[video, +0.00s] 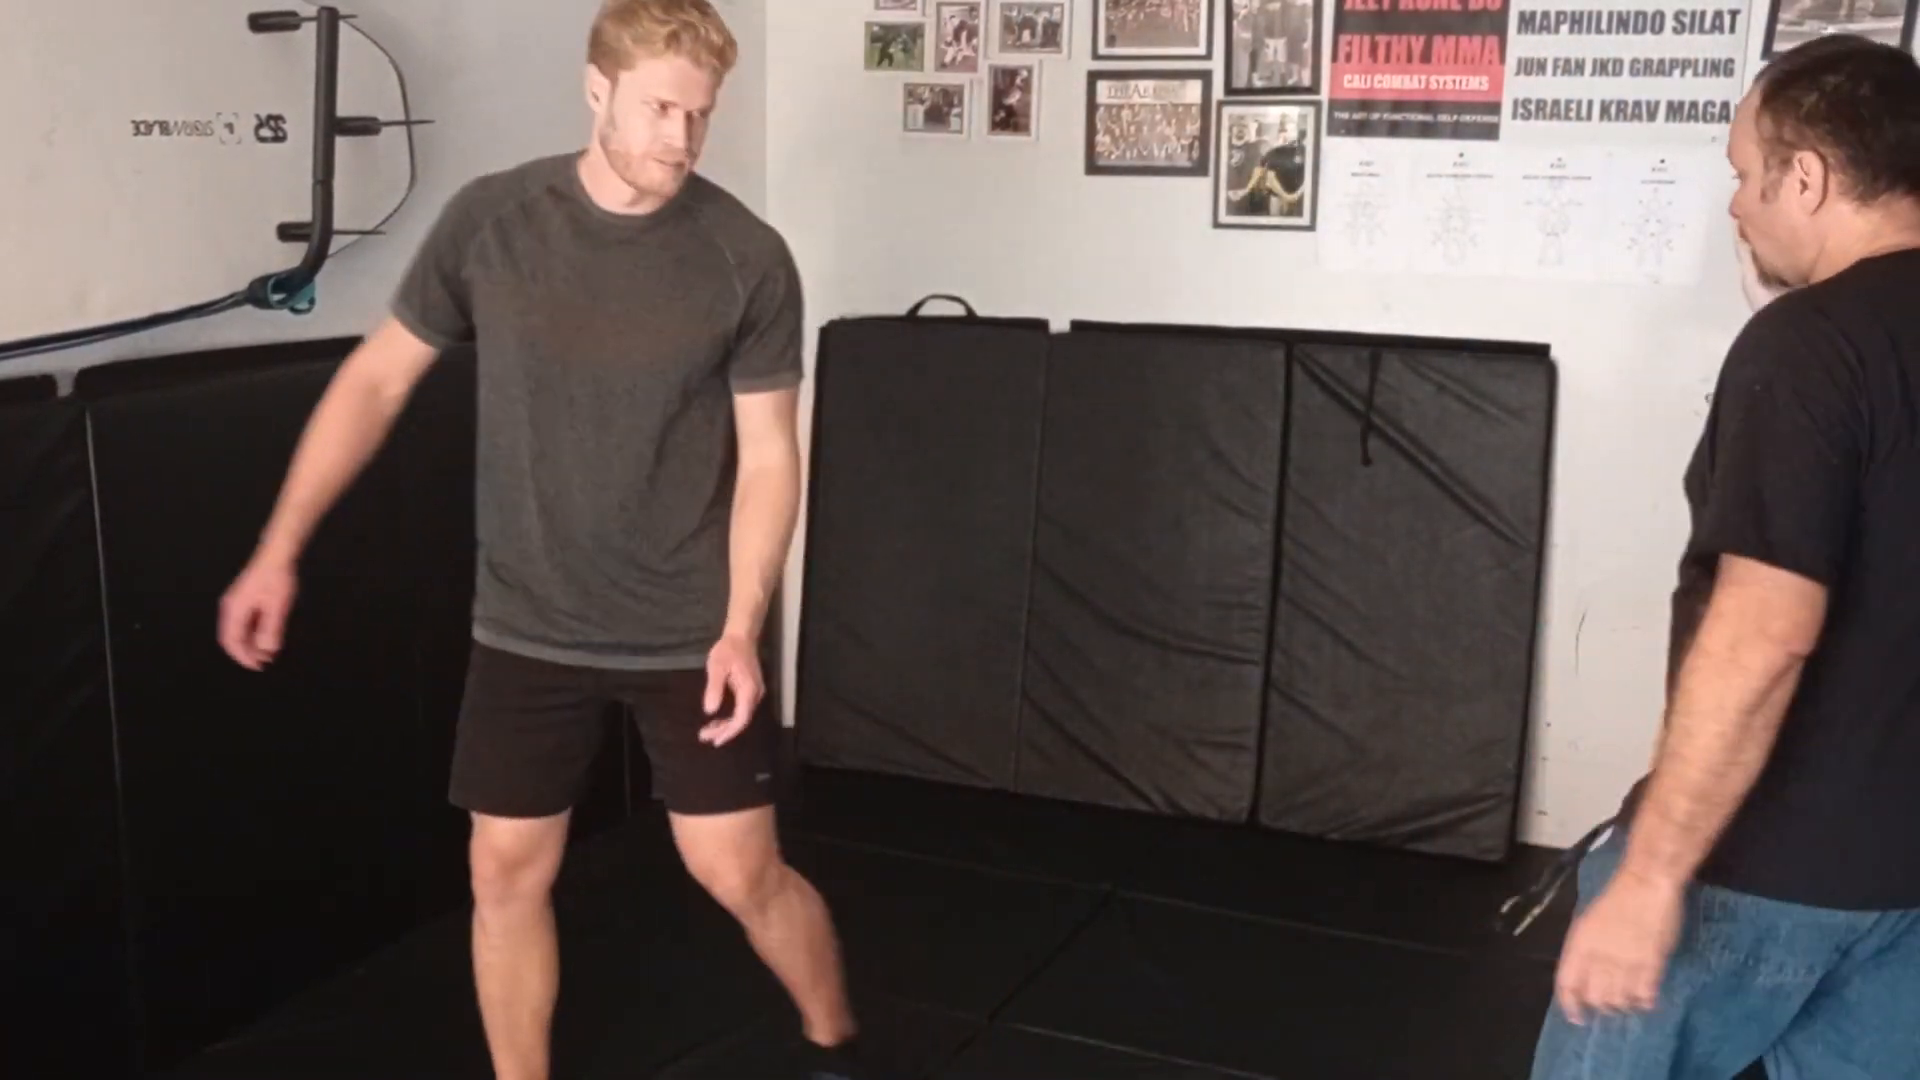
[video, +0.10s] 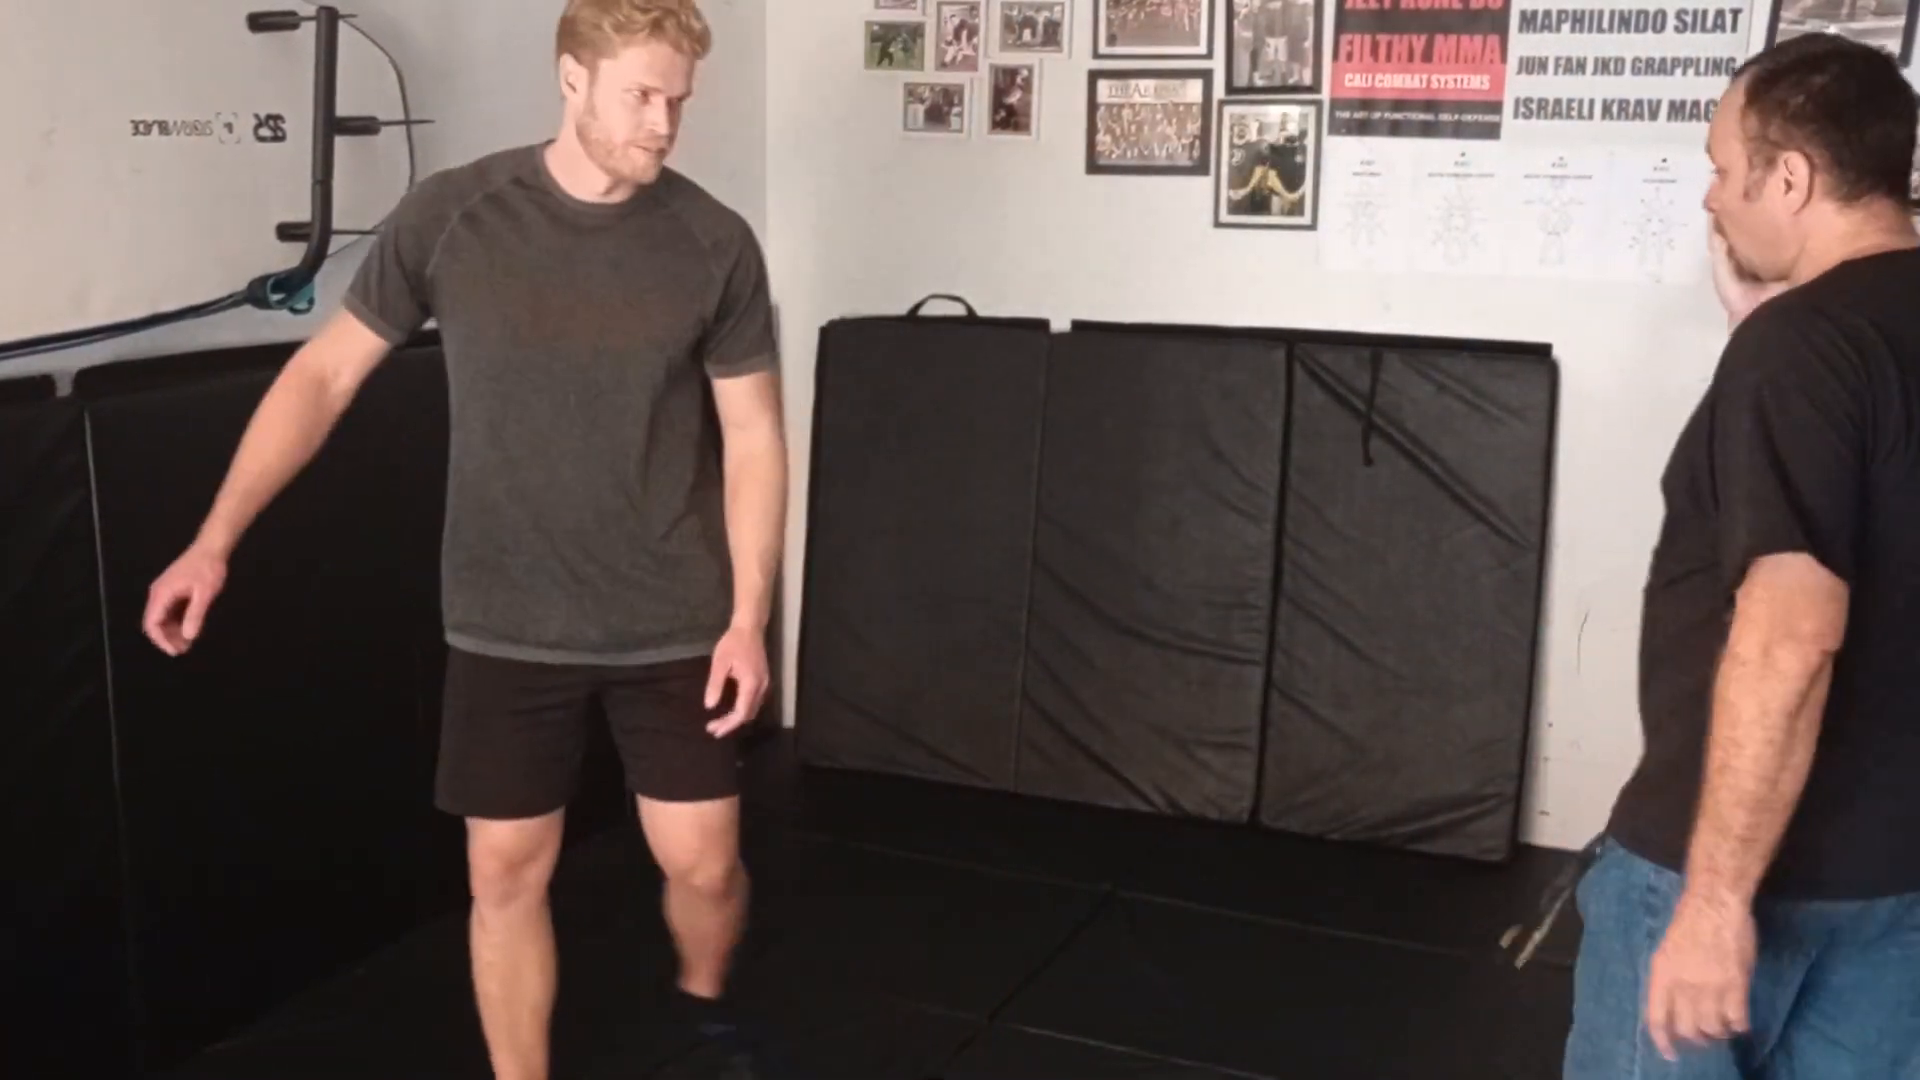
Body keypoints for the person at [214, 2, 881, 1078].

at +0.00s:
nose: (681, 139)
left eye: (699, 114)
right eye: (659, 110)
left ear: (716, 111)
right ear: (599, 93)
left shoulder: (748, 261)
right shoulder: (488, 222)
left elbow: (769, 455)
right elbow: (375, 381)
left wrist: (743, 625)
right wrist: (278, 549)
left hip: (688, 636)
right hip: (525, 631)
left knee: (739, 872)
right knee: (504, 872)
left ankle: (839, 1046)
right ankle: (520, 1076)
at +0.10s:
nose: (664, 123)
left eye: (679, 100)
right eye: (644, 97)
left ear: (690, 95)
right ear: (573, 81)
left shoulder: (715, 245)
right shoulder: (450, 217)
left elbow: (755, 439)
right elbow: (322, 377)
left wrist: (751, 617)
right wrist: (214, 540)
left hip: (672, 626)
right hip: (506, 628)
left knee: (706, 867)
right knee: (504, 872)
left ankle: (704, 1015)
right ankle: (521, 1075)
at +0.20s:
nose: (650, 114)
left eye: (663, 92)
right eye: (629, 89)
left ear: (673, 92)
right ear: (557, 79)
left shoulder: (691, 238)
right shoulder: (429, 223)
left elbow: (736, 430)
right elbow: (312, 386)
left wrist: (750, 617)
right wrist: (211, 549)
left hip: (658, 629)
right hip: (492, 632)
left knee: (669, 845)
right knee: (498, 876)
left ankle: (576, 982)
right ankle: (519, 1078)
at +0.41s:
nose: (637, 105)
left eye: (647, 83)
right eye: (616, 80)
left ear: (655, 87)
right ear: (543, 79)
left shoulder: (660, 232)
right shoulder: (434, 228)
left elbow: (696, 413)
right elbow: (358, 427)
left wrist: (729, 585)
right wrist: (345, 613)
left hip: (626, 614)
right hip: (486, 626)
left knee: (591, 823)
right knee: (510, 879)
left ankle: (524, 1020)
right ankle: (517, 1073)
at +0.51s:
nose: (641, 112)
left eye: (647, 88)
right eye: (620, 88)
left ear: (642, 89)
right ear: (544, 87)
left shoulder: (641, 230)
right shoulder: (440, 237)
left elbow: (677, 402)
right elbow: (396, 443)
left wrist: (719, 557)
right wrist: (443, 632)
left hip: (625, 617)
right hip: (498, 630)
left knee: (582, 839)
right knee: (518, 874)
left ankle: (521, 1031)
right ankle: (495, 1068)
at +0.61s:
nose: (644, 116)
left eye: (648, 93)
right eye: (622, 94)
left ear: (605, 97)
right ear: (547, 93)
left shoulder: (628, 231)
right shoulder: (454, 237)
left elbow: (657, 402)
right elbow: (427, 447)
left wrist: (722, 527)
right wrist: (538, 613)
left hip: (616, 596)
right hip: (503, 607)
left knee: (594, 814)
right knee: (552, 847)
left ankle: (527, 1021)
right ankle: (471, 1068)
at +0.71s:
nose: (637, 109)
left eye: (644, 87)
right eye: (616, 87)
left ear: (641, 90)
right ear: (543, 88)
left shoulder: (612, 217)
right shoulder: (456, 226)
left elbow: (646, 384)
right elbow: (447, 432)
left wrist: (755, 479)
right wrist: (610, 549)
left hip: (603, 586)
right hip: (510, 595)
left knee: (554, 827)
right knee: (582, 832)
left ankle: (514, 1033)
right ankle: (488, 1068)